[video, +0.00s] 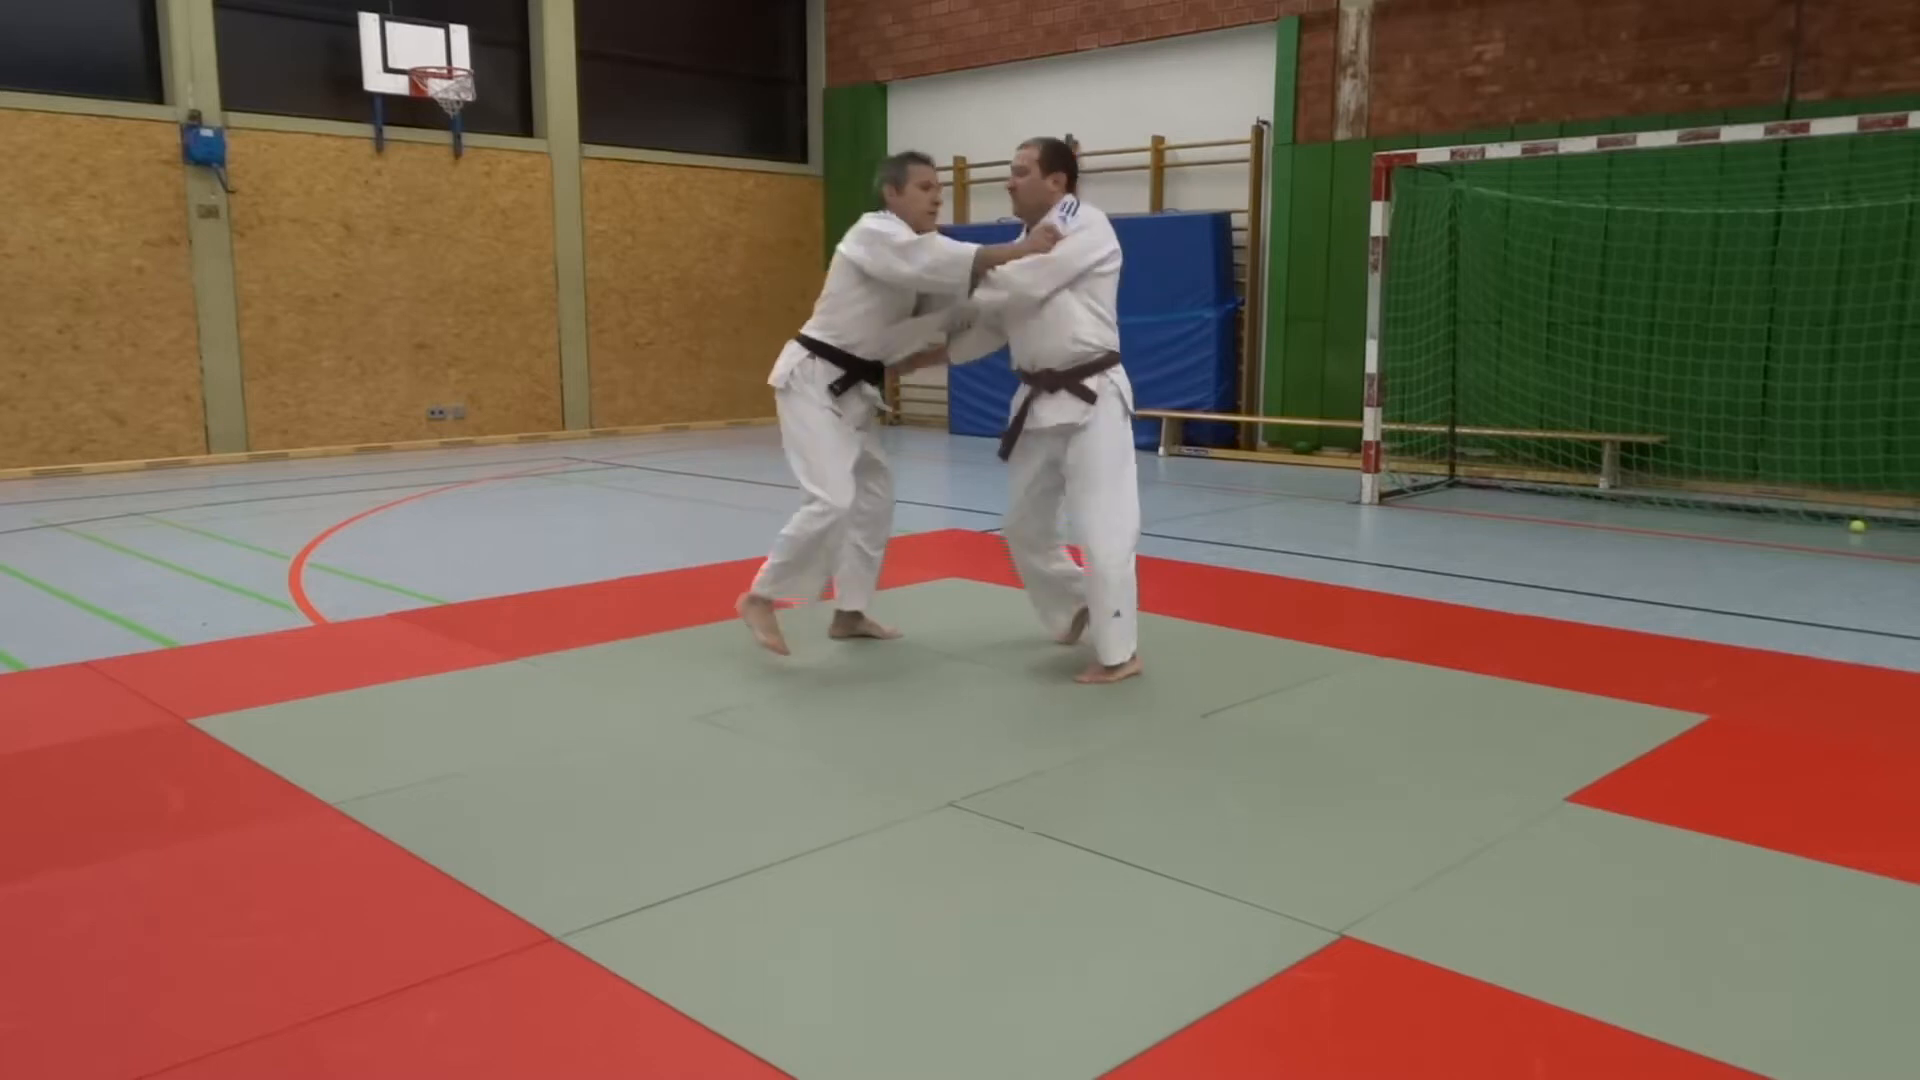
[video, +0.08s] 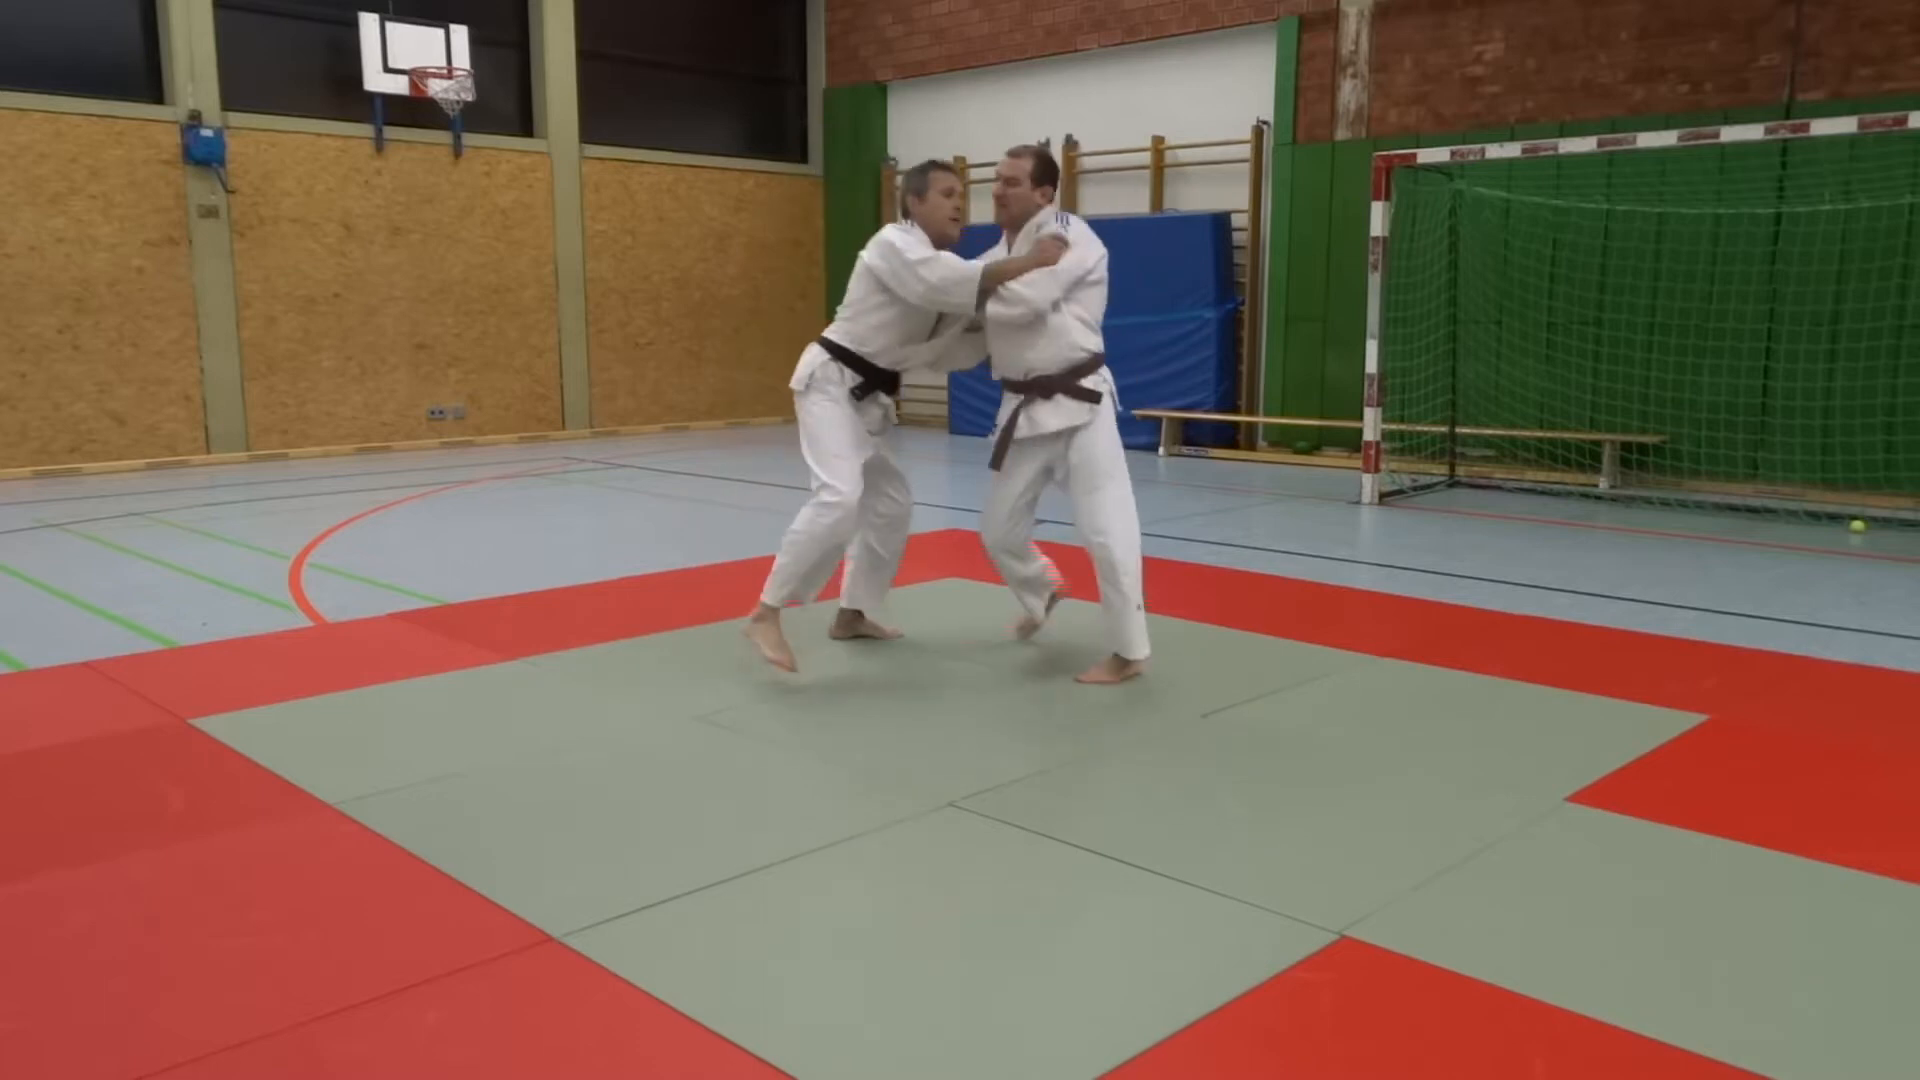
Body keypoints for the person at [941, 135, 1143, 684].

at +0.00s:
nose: (1010, 181)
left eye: (1021, 173)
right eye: (1011, 172)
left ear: (1057, 182)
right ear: (1036, 184)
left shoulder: (1090, 226)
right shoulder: (1017, 248)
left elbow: (1028, 283)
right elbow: (992, 327)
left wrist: (967, 296)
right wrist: (927, 355)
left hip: (1095, 395)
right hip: (1040, 399)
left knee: (1103, 527)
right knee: (1023, 526)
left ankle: (1119, 653)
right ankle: (1078, 609)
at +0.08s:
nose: (998, 192)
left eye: (1010, 184)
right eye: (997, 182)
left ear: (1044, 192)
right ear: (1000, 190)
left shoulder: (1075, 238)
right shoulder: (998, 253)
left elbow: (1028, 299)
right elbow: (971, 342)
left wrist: (962, 292)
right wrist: (895, 354)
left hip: (1082, 401)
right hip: (1024, 405)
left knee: (1107, 531)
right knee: (1000, 533)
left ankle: (1131, 653)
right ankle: (1041, 591)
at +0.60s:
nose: (968, 195)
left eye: (979, 185)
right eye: (963, 185)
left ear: (1013, 189)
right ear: (959, 188)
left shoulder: (1040, 245)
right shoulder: (951, 232)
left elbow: (1003, 308)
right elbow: (906, 272)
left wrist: (944, 281)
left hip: (1031, 400)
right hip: (971, 397)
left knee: (1062, 525)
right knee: (955, 527)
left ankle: (1099, 641)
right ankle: (966, 629)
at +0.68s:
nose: (971, 192)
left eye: (981, 182)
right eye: (968, 182)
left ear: (1017, 184)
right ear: (965, 186)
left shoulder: (1046, 242)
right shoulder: (963, 225)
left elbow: (990, 296)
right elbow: (901, 247)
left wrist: (926, 264)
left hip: (1032, 396)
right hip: (973, 394)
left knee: (1065, 526)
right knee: (956, 523)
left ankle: (1095, 640)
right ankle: (966, 625)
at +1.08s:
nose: (995, 184)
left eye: (1007, 175)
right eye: (994, 174)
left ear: (1041, 183)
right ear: (998, 180)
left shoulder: (1049, 243)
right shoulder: (996, 233)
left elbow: (972, 289)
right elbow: (950, 238)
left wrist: (903, 269)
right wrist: (915, 222)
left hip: (1038, 398)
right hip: (983, 395)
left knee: (1055, 528)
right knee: (973, 521)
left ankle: (1091, 646)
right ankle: (976, 628)